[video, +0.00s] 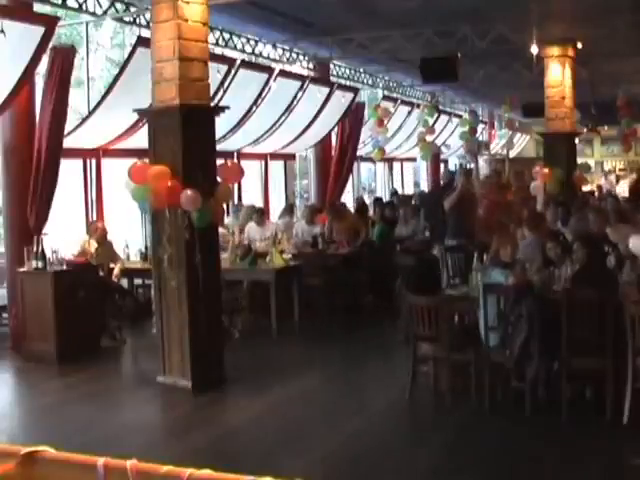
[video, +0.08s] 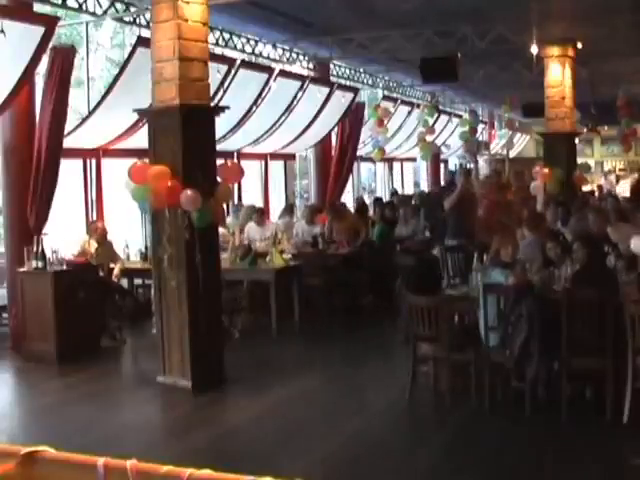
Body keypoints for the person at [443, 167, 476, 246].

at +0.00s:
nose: (463, 181)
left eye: (466, 177)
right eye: (461, 177)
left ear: (470, 178)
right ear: (456, 178)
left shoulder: (472, 194)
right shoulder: (452, 193)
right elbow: (447, 206)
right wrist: (459, 189)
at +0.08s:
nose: (463, 180)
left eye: (466, 177)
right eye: (460, 176)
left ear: (469, 178)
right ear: (456, 177)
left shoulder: (472, 194)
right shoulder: (452, 192)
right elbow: (447, 206)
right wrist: (459, 187)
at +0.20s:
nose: (463, 181)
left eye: (465, 177)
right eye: (460, 176)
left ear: (468, 178)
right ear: (456, 178)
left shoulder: (471, 195)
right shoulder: (451, 193)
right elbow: (446, 207)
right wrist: (459, 189)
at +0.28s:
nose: (463, 181)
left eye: (465, 178)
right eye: (460, 177)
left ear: (468, 179)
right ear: (455, 178)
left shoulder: (471, 195)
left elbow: (474, 216)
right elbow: (445, 208)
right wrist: (459, 188)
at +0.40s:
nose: (463, 181)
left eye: (465, 177)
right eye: (460, 176)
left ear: (468, 179)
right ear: (456, 178)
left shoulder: (471, 196)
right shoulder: (448, 193)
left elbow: (474, 217)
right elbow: (445, 211)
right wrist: (459, 192)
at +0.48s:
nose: (463, 181)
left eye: (465, 177)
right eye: (460, 176)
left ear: (468, 178)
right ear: (455, 178)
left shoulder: (471, 196)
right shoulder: (448, 192)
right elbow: (445, 211)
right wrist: (459, 193)